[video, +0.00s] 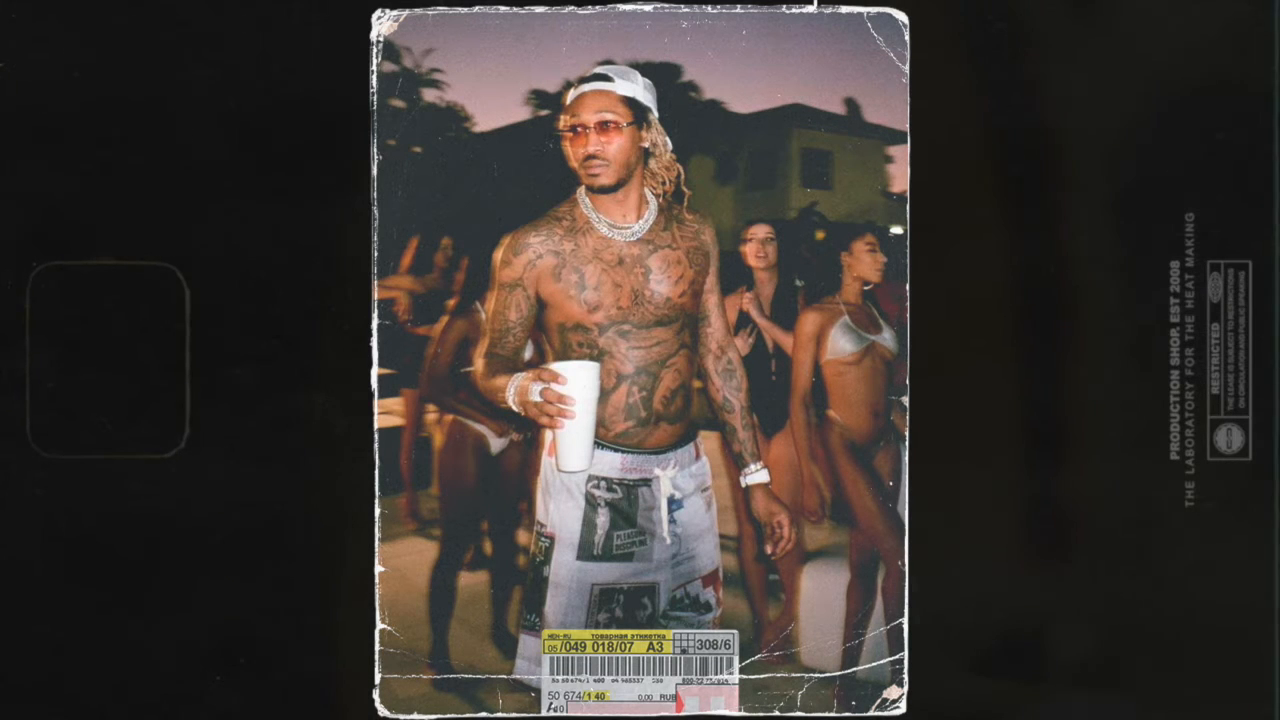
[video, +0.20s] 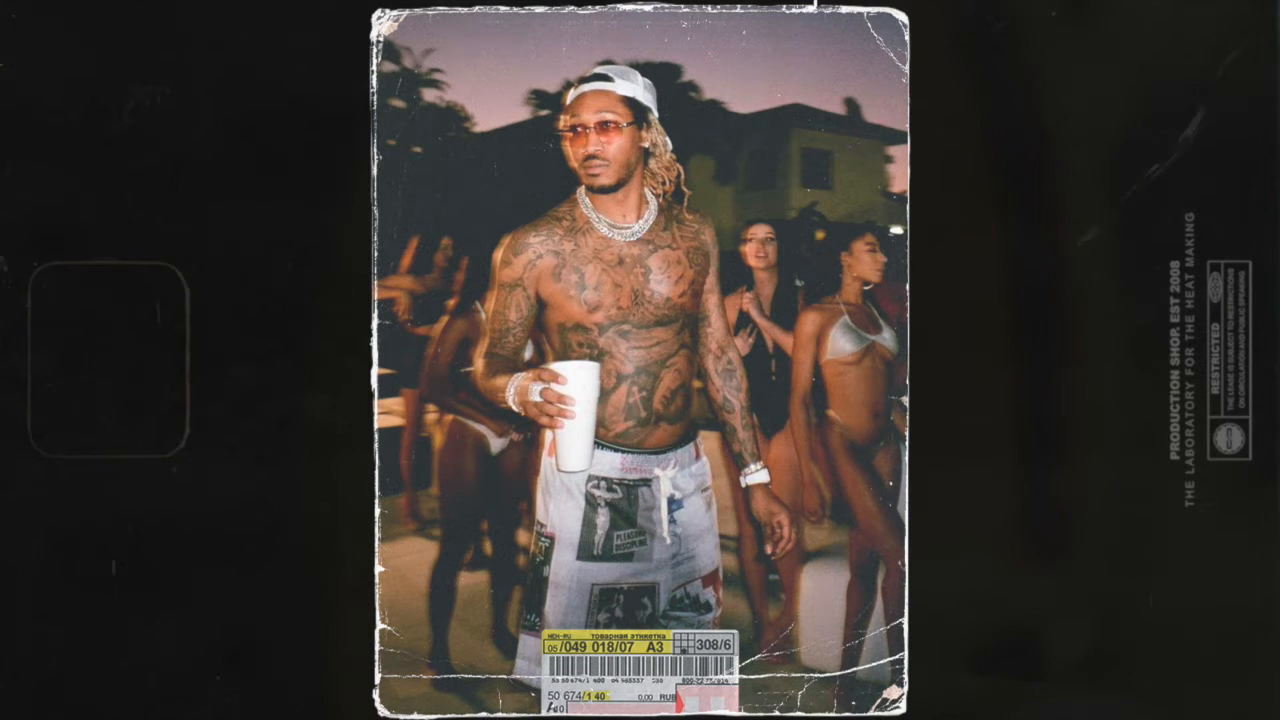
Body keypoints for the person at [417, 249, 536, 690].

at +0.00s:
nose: (513, 293)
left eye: (521, 286)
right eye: (508, 283)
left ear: (530, 293)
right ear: (493, 283)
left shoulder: (531, 335)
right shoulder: (465, 324)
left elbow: (543, 387)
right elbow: (435, 387)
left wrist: (529, 421)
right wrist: (490, 422)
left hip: (514, 446)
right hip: (465, 442)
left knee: (505, 540)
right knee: (456, 544)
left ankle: (501, 628)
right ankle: (439, 651)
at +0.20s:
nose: (514, 290)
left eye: (520, 283)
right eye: (507, 281)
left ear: (529, 290)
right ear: (492, 281)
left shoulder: (529, 332)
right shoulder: (464, 324)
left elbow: (543, 382)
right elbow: (435, 387)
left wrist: (529, 419)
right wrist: (490, 421)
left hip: (513, 447)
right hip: (465, 444)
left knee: (506, 542)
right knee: (455, 545)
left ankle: (501, 628)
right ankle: (439, 652)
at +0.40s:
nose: (515, 285)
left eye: (522, 277)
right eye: (509, 275)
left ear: (530, 287)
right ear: (493, 276)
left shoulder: (530, 331)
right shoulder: (464, 323)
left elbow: (543, 383)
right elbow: (435, 387)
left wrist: (529, 419)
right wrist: (491, 422)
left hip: (514, 446)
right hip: (465, 442)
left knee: (505, 542)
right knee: (456, 544)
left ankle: (501, 629)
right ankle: (439, 651)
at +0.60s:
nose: (513, 291)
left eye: (520, 283)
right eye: (507, 281)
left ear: (530, 291)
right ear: (492, 281)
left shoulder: (530, 333)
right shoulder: (464, 324)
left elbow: (544, 384)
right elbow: (435, 387)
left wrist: (529, 420)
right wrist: (491, 422)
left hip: (514, 447)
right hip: (465, 444)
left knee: (506, 542)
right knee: (455, 545)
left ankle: (501, 628)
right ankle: (439, 653)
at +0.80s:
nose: (513, 290)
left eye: (520, 283)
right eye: (507, 280)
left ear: (528, 291)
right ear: (492, 280)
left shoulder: (528, 331)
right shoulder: (464, 324)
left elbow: (542, 383)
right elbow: (434, 387)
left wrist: (529, 419)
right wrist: (490, 422)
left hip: (513, 447)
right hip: (465, 444)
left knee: (505, 542)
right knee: (455, 545)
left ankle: (501, 629)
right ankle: (439, 653)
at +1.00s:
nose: (514, 288)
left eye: (521, 280)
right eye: (507, 278)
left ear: (529, 289)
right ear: (493, 279)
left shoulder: (529, 331)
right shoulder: (464, 324)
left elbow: (542, 383)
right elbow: (435, 387)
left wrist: (529, 419)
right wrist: (490, 421)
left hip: (513, 447)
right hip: (465, 444)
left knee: (506, 542)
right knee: (455, 544)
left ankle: (501, 628)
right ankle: (439, 652)